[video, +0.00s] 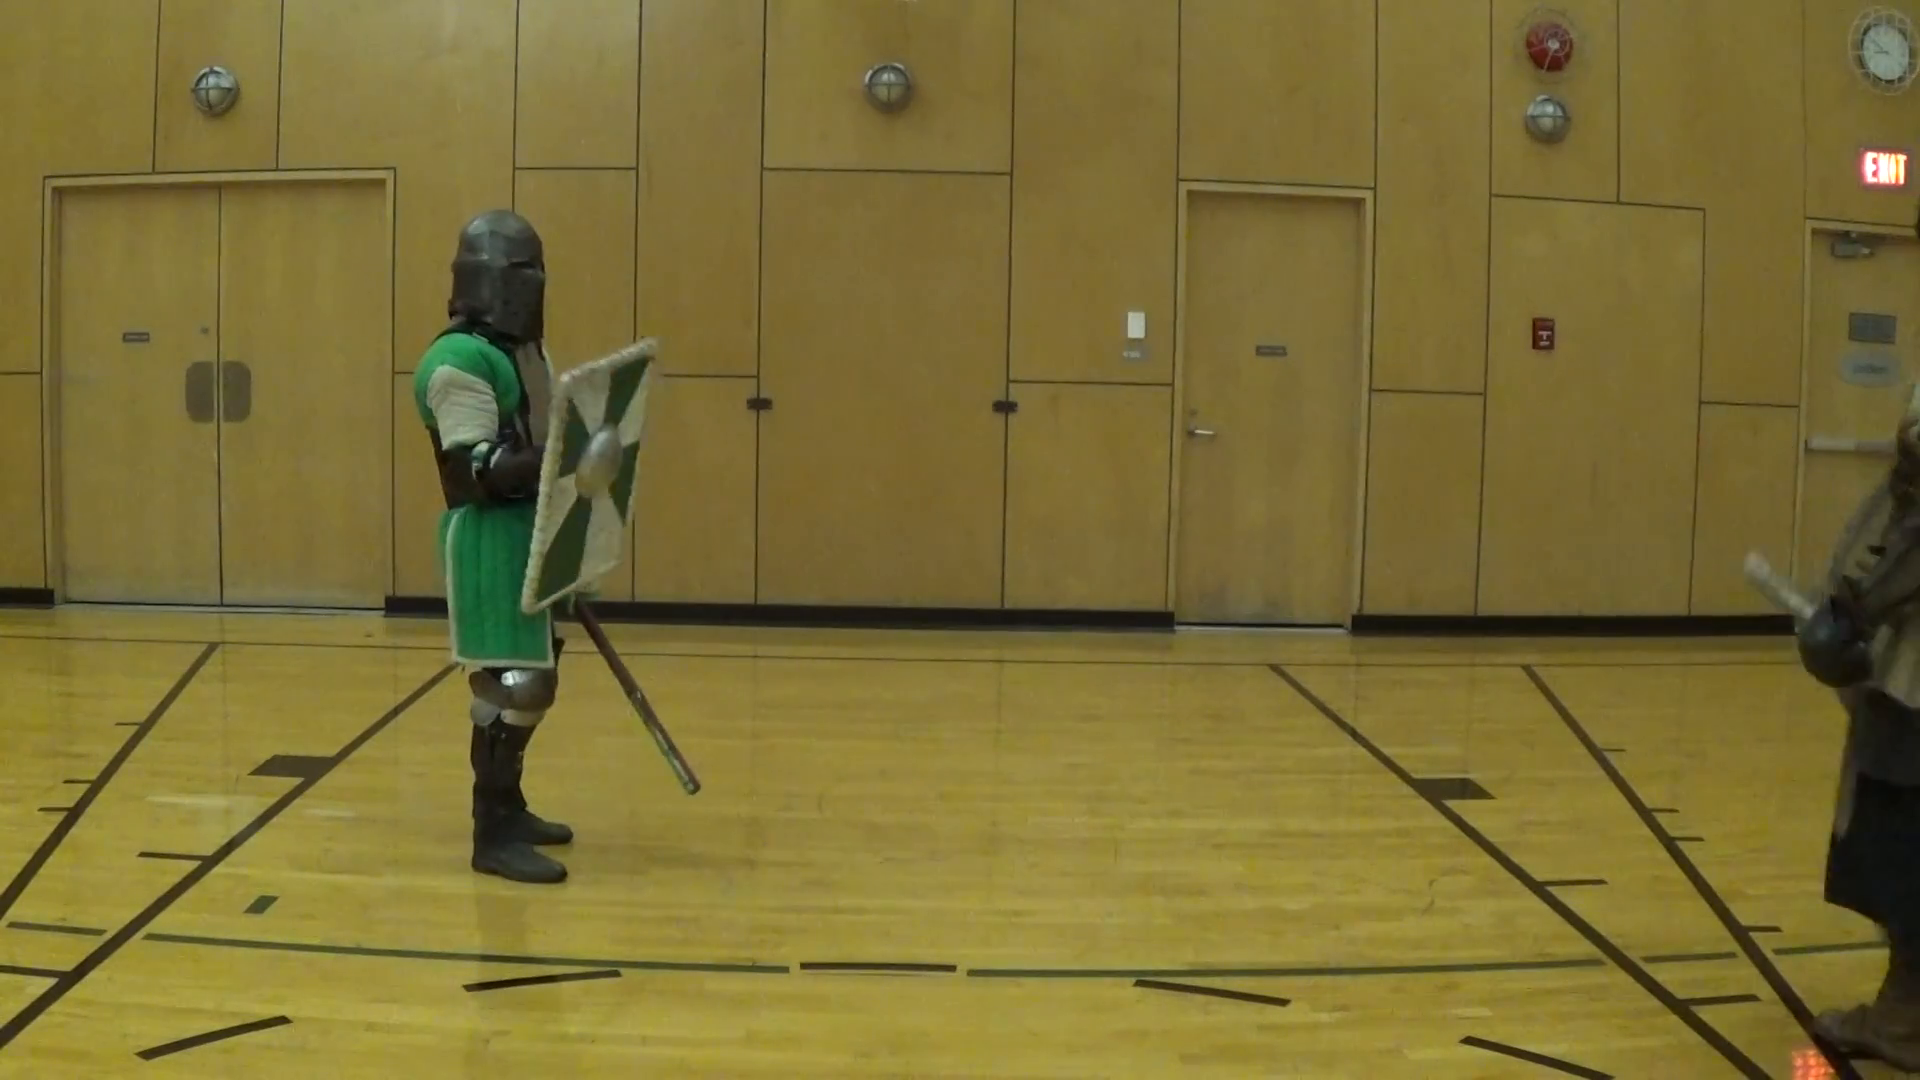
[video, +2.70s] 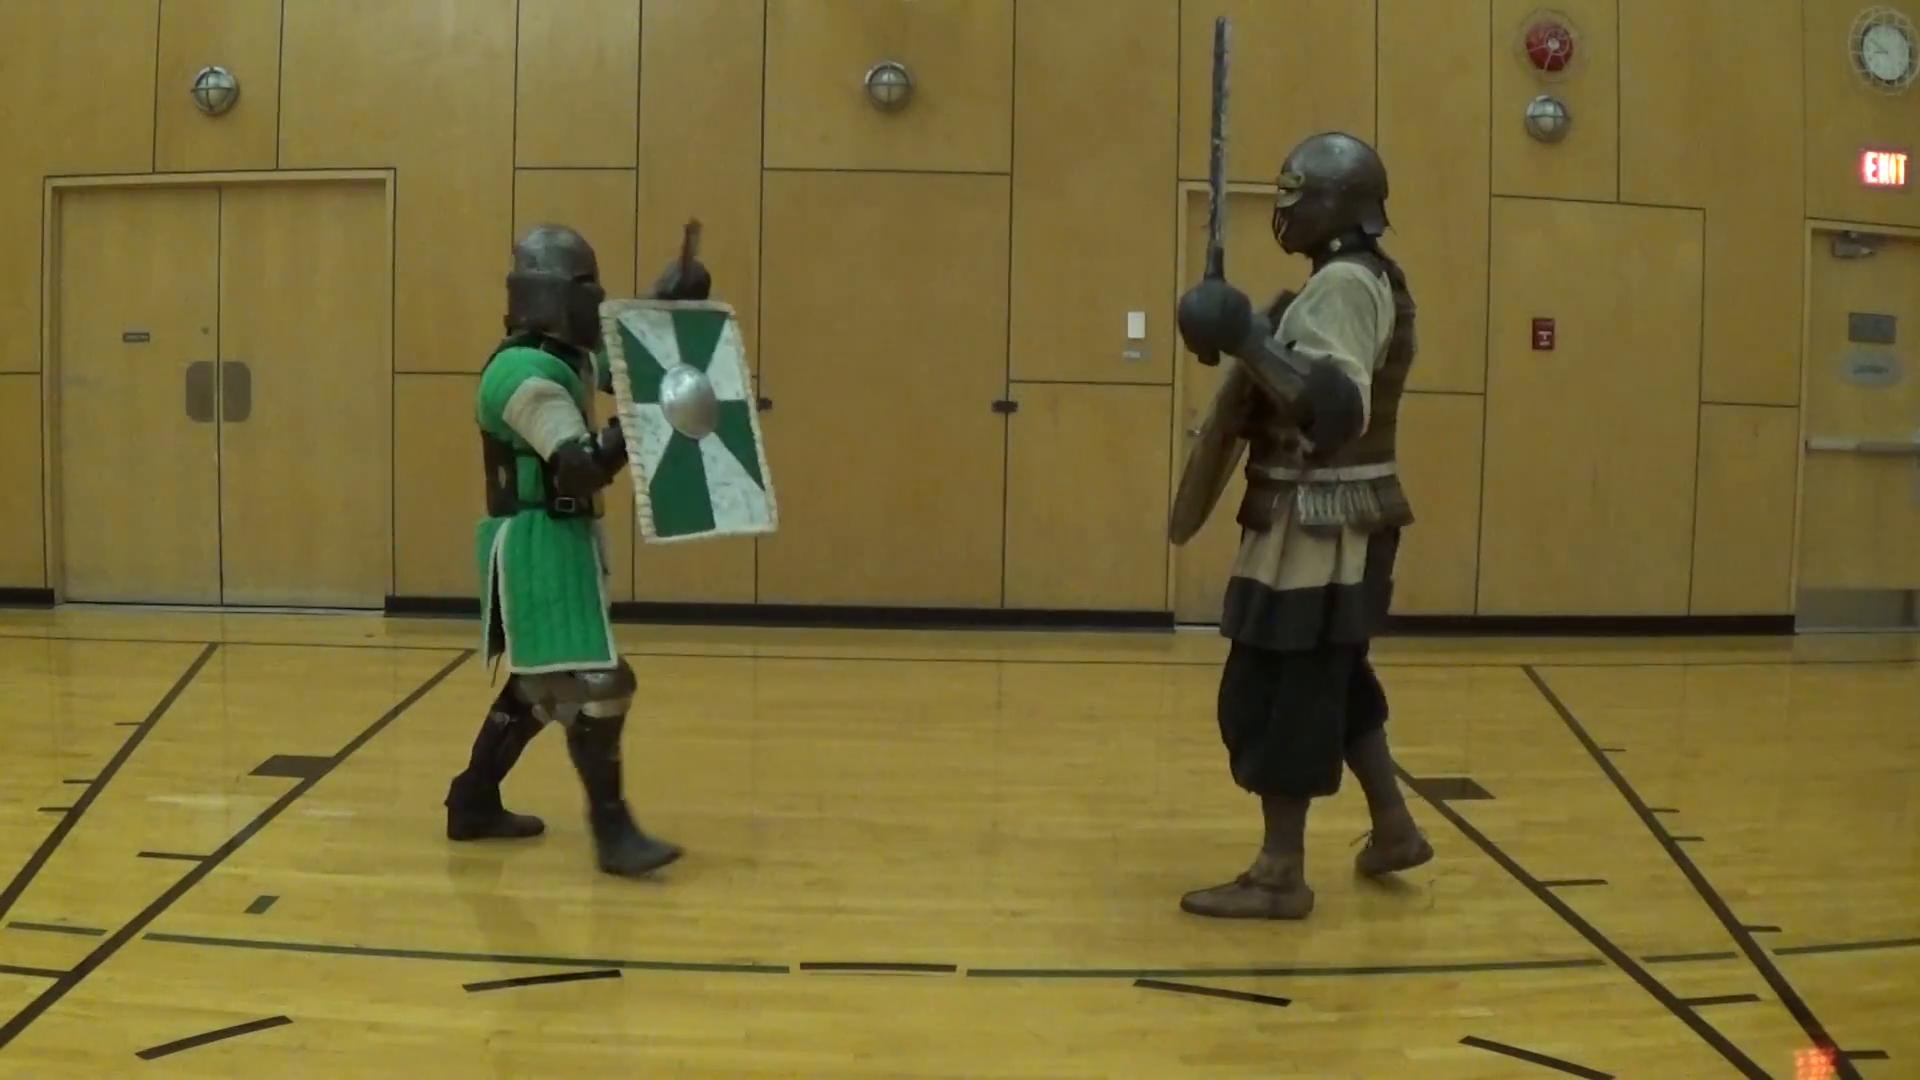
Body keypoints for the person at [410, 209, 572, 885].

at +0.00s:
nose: (533, 285)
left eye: (535, 272)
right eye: (520, 272)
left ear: (531, 277)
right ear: (481, 279)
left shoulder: (526, 357)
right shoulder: (457, 361)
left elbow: (549, 464)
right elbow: (473, 475)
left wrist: (566, 569)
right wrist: (568, 458)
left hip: (526, 531)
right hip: (483, 534)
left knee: (526, 678)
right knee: (511, 682)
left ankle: (506, 810)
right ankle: (492, 836)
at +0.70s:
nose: (536, 291)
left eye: (534, 278)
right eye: (526, 278)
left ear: (475, 284)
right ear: (492, 283)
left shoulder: (489, 361)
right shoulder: (462, 368)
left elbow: (493, 471)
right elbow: (450, 485)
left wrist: (546, 503)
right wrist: (540, 500)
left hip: (485, 537)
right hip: (471, 541)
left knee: (466, 672)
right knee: (512, 688)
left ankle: (416, 779)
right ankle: (498, 838)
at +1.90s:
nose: (489, 290)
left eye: (487, 278)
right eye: (477, 279)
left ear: (433, 291)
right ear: (442, 289)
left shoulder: (458, 362)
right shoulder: (426, 371)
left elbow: (479, 448)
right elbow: (441, 479)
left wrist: (531, 428)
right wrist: (534, 468)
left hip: (456, 533)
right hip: (455, 538)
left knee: (437, 669)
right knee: (504, 683)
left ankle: (398, 793)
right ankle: (488, 830)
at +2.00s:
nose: (498, 288)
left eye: (496, 276)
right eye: (484, 278)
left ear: (442, 294)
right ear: (448, 290)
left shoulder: (471, 361)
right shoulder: (433, 372)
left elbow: (506, 433)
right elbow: (466, 476)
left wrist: (551, 388)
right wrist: (549, 451)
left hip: (481, 530)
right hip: (465, 535)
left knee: (457, 673)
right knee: (507, 686)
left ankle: (403, 790)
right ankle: (488, 831)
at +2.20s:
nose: (521, 290)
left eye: (519, 276)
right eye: (509, 278)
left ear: (465, 291)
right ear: (476, 288)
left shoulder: (497, 357)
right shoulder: (452, 369)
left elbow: (559, 357)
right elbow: (508, 477)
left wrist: (607, 312)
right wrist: (577, 421)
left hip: (515, 529)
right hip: (477, 535)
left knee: (545, 667)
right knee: (507, 681)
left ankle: (448, 774)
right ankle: (487, 831)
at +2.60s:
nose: (575, 294)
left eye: (572, 281)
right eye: (562, 283)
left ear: (522, 296)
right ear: (523, 294)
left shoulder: (550, 360)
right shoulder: (501, 371)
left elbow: (621, 359)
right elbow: (557, 467)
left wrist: (652, 302)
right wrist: (619, 414)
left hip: (547, 531)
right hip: (517, 536)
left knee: (535, 672)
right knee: (587, 680)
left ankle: (473, 798)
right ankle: (543, 816)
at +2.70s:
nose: (598, 303)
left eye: (595, 290)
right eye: (586, 292)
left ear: (542, 299)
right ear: (554, 299)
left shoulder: (564, 363)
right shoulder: (526, 375)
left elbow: (631, 354)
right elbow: (576, 470)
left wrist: (667, 303)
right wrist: (633, 426)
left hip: (555, 539)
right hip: (538, 543)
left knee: (539, 680)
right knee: (601, 684)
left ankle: (473, 800)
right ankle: (614, 834)